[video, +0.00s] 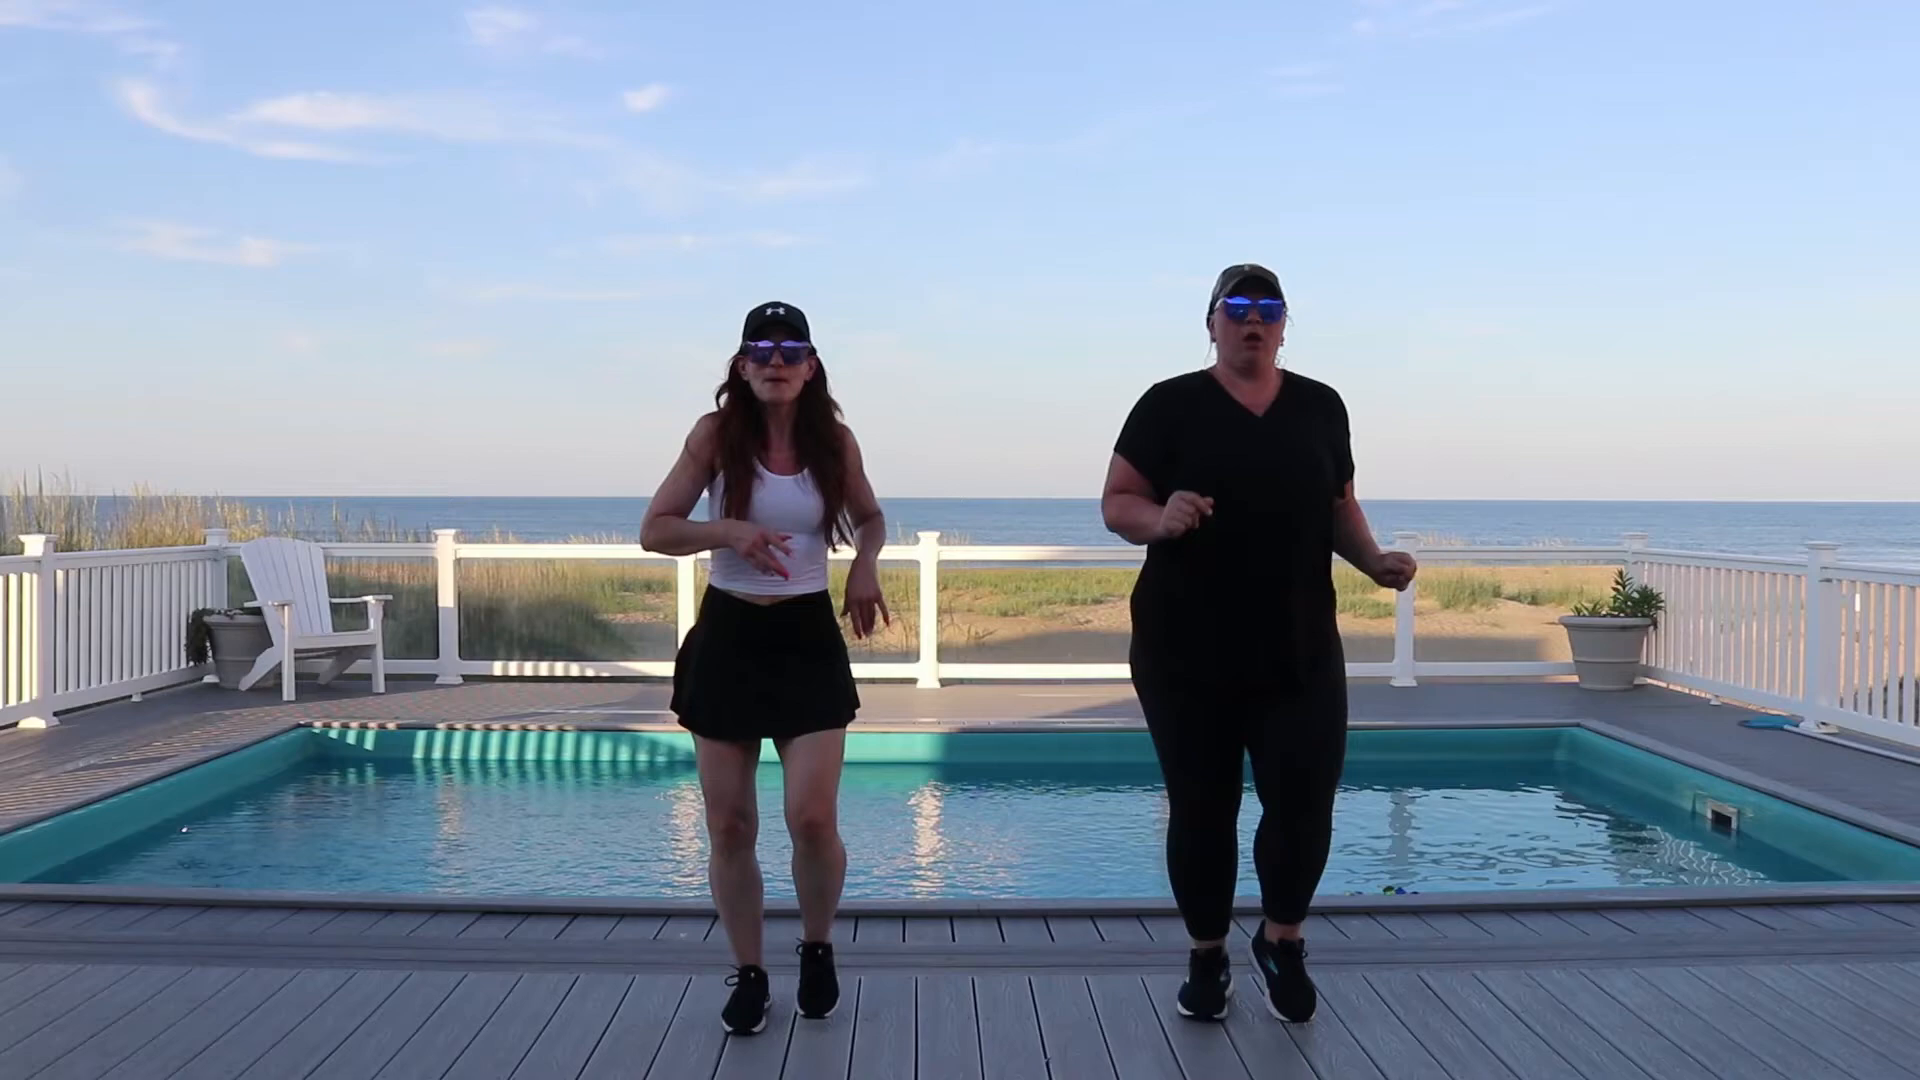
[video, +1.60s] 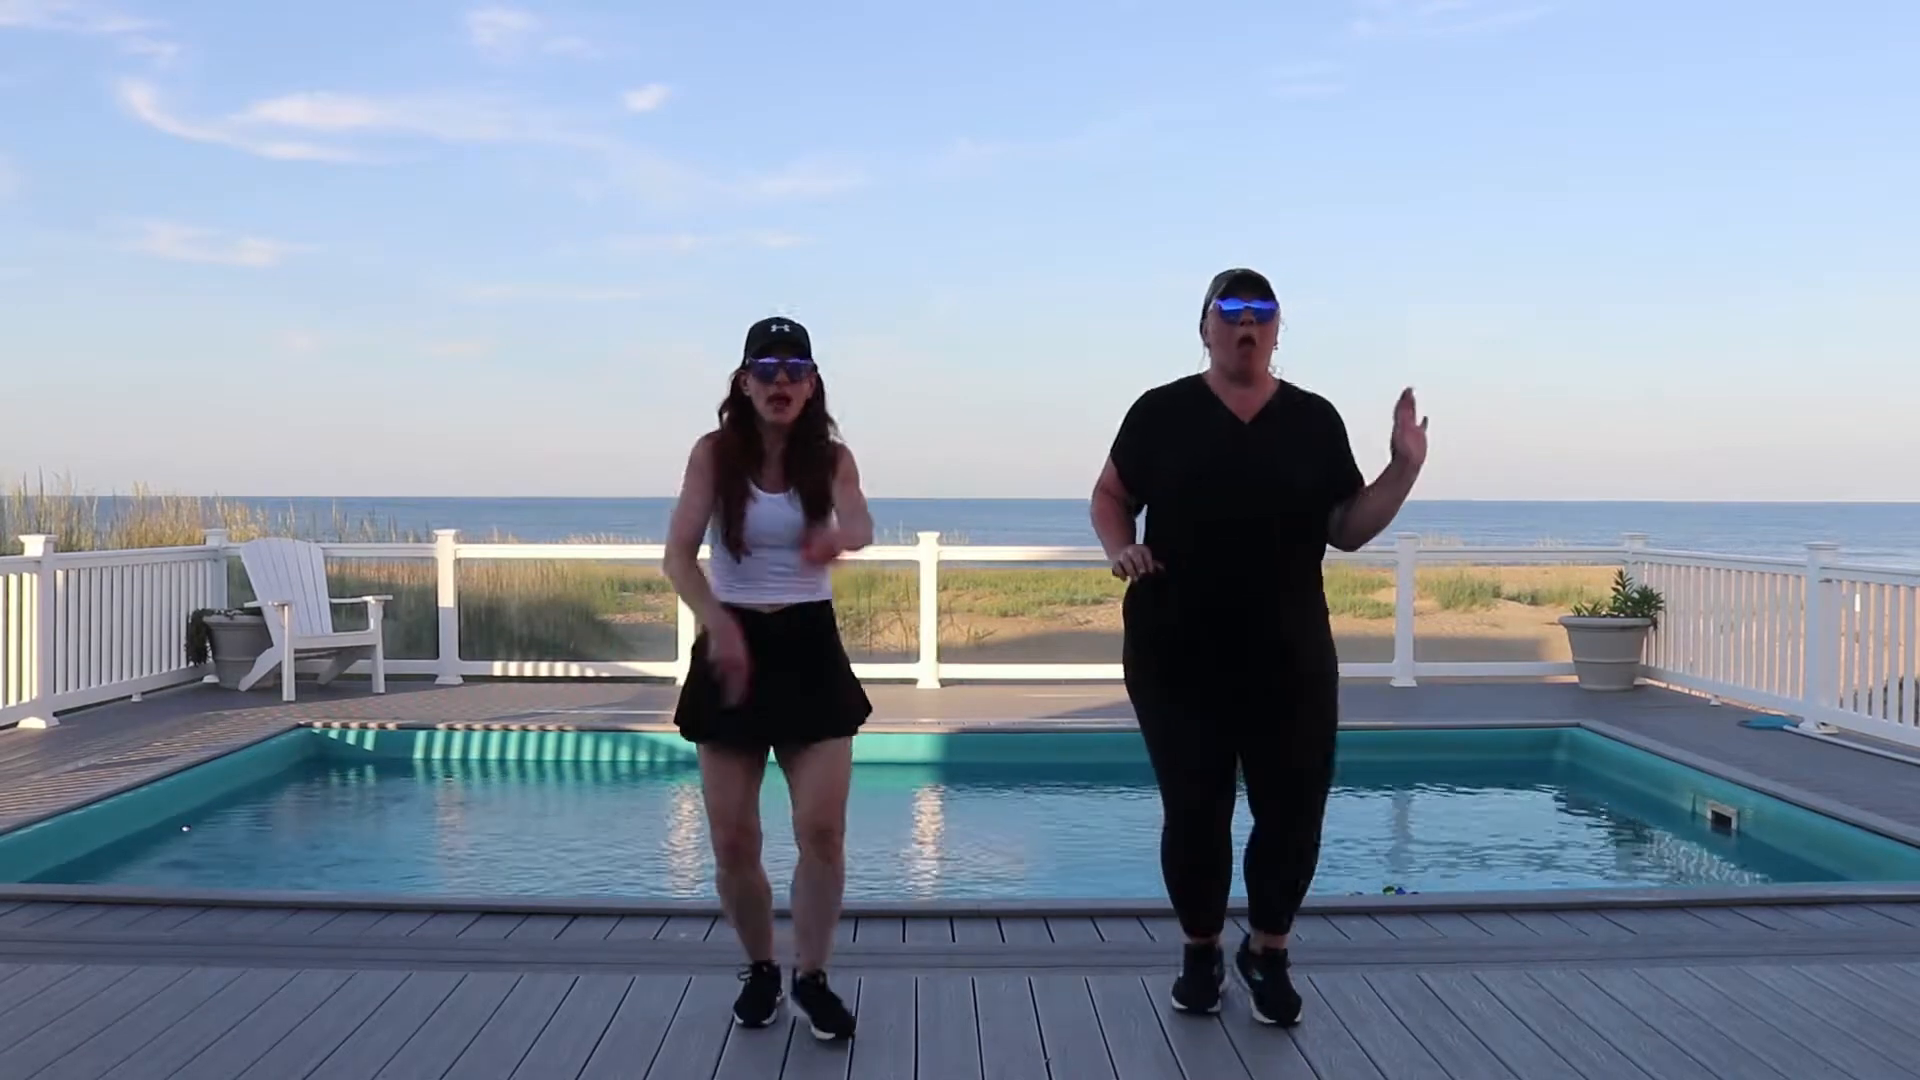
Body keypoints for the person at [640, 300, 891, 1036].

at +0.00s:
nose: (779, 365)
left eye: (793, 353)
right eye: (765, 354)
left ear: (812, 363)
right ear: (743, 364)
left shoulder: (832, 438)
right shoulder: (716, 434)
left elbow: (871, 517)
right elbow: (657, 530)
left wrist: (864, 563)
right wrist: (725, 532)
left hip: (809, 639)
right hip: (728, 638)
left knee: (811, 821)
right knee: (730, 826)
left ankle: (817, 950)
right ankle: (749, 973)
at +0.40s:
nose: (781, 368)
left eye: (796, 356)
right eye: (766, 357)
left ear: (816, 366)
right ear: (746, 367)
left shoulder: (840, 440)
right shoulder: (723, 438)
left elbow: (899, 524)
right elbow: (670, 524)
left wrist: (841, 532)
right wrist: (717, 477)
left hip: (826, 637)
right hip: (746, 637)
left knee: (822, 824)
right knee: (724, 820)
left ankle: (812, 973)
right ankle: (746, 949)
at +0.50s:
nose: (782, 360)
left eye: (795, 349)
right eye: (767, 349)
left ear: (813, 357)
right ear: (745, 358)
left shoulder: (832, 423)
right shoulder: (726, 428)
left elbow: (884, 476)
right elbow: (676, 498)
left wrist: (835, 425)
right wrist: (710, 442)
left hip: (827, 628)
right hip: (749, 628)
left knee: (821, 817)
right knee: (733, 820)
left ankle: (812, 973)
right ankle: (747, 946)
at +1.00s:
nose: (781, 360)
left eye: (795, 347)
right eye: (766, 349)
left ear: (814, 356)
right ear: (745, 360)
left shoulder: (836, 429)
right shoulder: (726, 432)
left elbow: (880, 506)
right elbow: (665, 493)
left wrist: (837, 498)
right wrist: (707, 431)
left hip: (818, 629)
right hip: (738, 629)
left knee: (815, 823)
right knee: (740, 816)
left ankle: (818, 963)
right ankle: (747, 972)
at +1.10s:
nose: (787, 361)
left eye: (800, 350)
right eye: (772, 351)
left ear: (820, 361)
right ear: (752, 363)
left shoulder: (845, 442)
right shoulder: (728, 439)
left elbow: (891, 542)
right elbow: (660, 516)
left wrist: (854, 603)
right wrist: (692, 476)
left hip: (825, 635)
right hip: (745, 633)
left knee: (824, 829)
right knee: (737, 824)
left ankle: (818, 966)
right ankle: (747, 970)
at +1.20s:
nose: (793, 364)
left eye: (807, 355)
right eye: (779, 355)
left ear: (826, 367)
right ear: (757, 366)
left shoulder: (849, 445)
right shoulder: (732, 442)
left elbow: (911, 543)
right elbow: (666, 512)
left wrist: (909, 618)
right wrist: (652, 541)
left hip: (829, 639)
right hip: (748, 637)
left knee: (829, 826)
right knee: (734, 821)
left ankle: (819, 965)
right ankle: (750, 956)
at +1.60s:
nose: (782, 385)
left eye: (795, 372)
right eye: (767, 372)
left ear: (814, 380)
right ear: (744, 380)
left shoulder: (830, 456)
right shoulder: (714, 453)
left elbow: (861, 525)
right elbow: (677, 554)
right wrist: (716, 621)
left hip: (809, 647)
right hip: (731, 647)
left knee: (822, 833)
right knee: (732, 838)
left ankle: (811, 977)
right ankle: (763, 970)